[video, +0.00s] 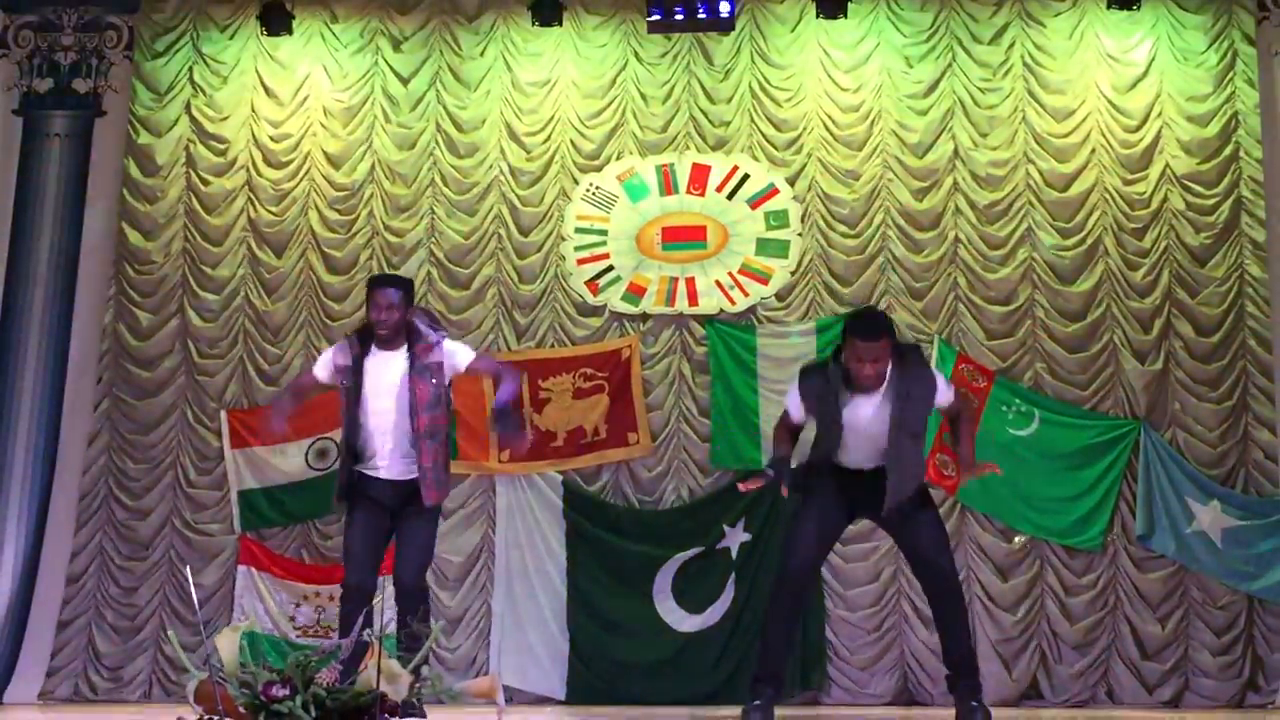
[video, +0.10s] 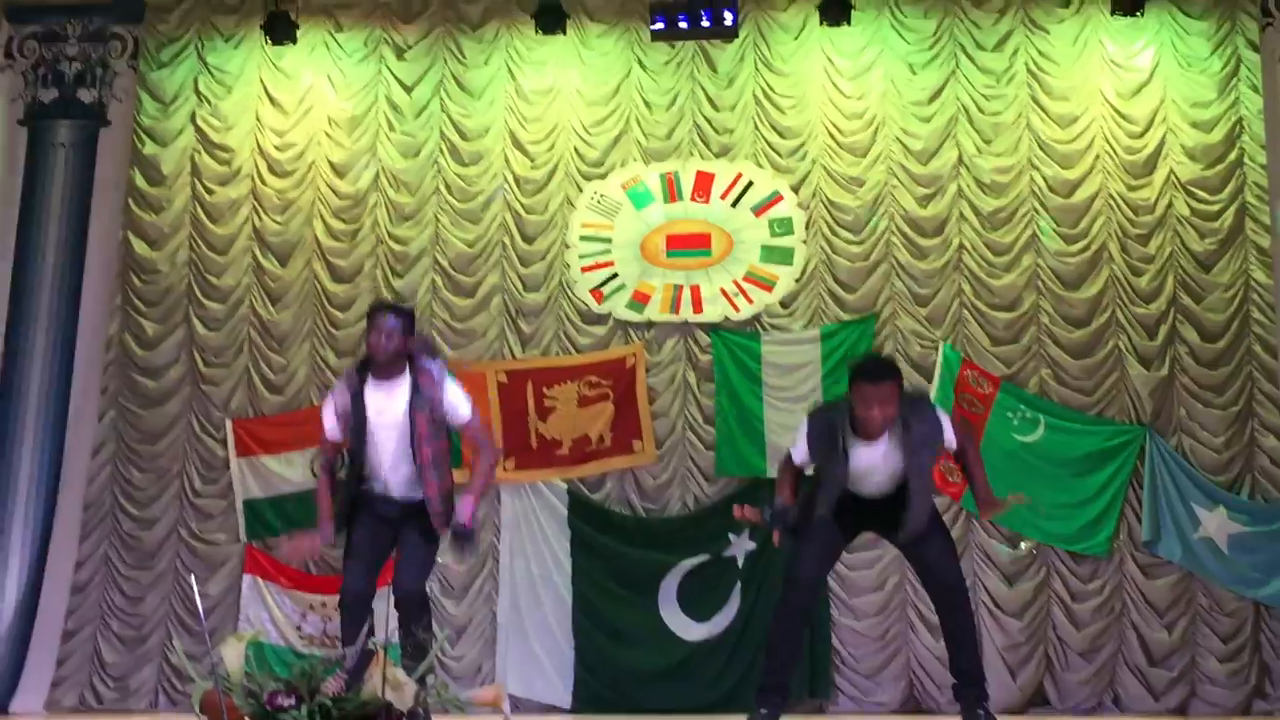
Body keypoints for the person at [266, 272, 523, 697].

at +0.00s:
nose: (382, 316)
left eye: (391, 308)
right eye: (375, 307)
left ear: (408, 312)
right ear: (366, 310)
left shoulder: (436, 350)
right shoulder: (348, 353)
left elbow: (508, 373)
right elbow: (298, 388)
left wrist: (502, 407)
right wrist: (277, 414)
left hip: (420, 491)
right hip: (368, 489)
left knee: (410, 583)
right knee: (355, 586)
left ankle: (413, 685)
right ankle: (346, 686)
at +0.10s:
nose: (380, 341)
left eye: (390, 334)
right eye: (375, 332)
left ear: (408, 341)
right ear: (365, 337)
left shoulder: (434, 384)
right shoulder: (348, 390)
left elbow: (486, 449)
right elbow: (327, 462)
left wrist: (468, 507)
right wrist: (323, 525)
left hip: (422, 510)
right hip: (371, 506)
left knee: (408, 591)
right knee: (352, 594)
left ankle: (416, 685)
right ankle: (354, 678)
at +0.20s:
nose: (385, 391)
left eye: (395, 382)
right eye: (378, 382)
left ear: (413, 390)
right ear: (369, 390)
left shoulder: (442, 440)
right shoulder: (354, 445)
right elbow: (343, 526)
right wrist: (325, 597)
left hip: (436, 538)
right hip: (386, 539)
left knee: (422, 607)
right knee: (359, 599)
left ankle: (433, 693)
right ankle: (364, 677)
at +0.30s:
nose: (380, 404)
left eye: (390, 395)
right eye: (373, 394)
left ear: (408, 402)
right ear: (363, 400)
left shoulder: (439, 450)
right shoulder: (348, 455)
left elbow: (478, 523)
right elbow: (311, 527)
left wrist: (505, 584)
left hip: (432, 541)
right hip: (379, 541)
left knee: (421, 610)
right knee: (358, 602)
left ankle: (427, 694)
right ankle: (362, 686)